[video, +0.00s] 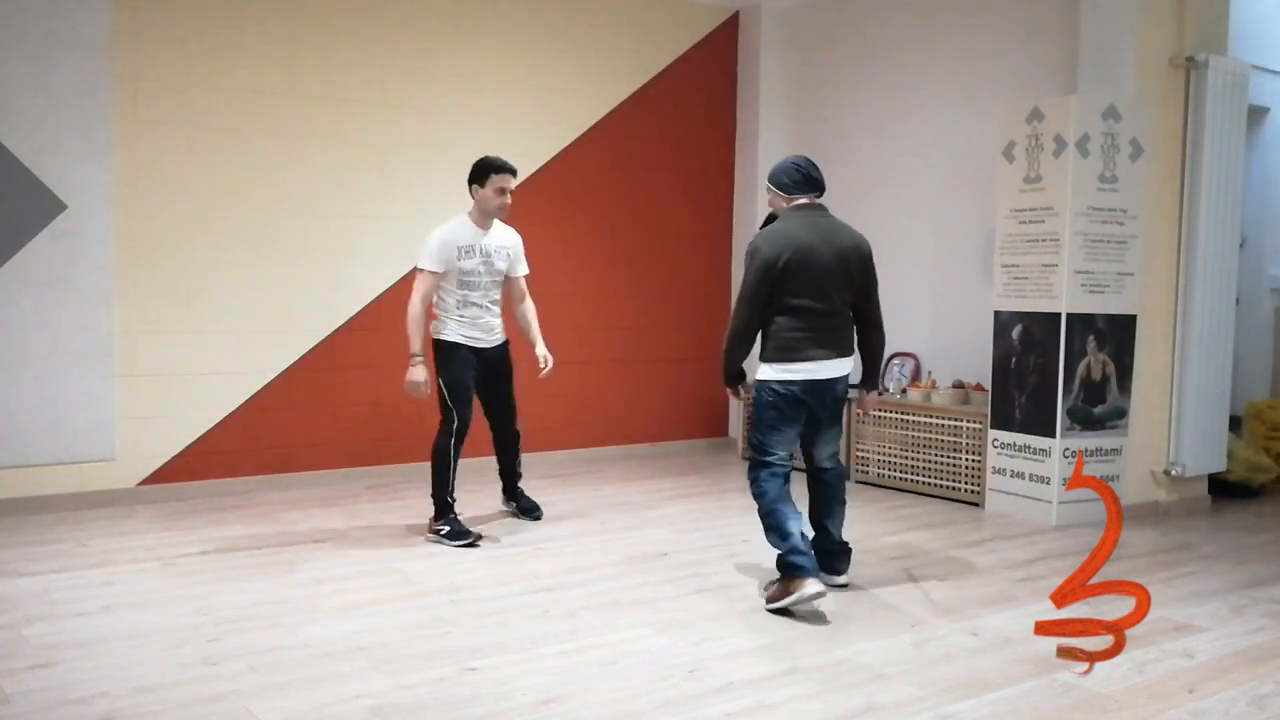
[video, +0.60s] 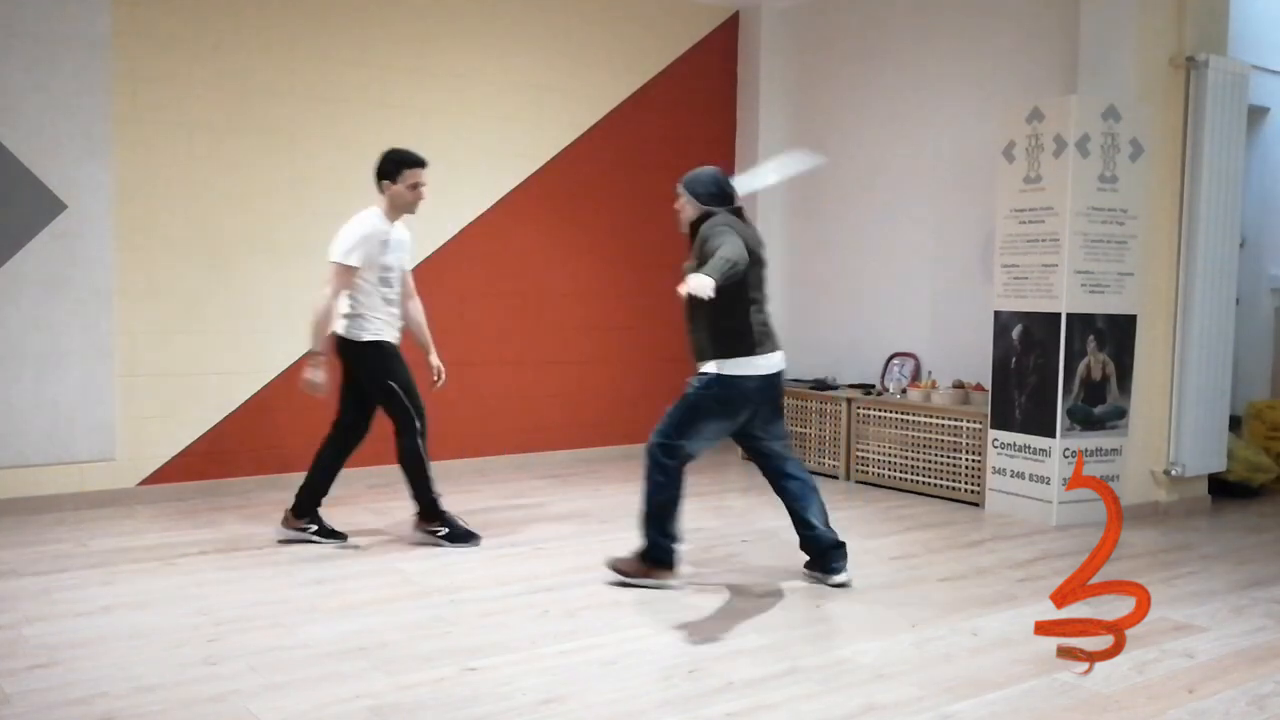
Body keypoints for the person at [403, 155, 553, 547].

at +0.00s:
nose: (508, 199)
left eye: (511, 192)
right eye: (501, 191)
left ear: (511, 194)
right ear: (476, 190)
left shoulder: (510, 240)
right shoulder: (446, 237)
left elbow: (522, 299)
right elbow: (419, 300)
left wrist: (538, 343)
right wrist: (416, 359)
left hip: (494, 345)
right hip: (453, 344)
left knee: (505, 423)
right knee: (457, 423)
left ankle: (512, 492)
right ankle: (442, 515)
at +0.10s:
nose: (504, 196)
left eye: (506, 189)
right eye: (496, 188)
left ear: (502, 191)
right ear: (469, 188)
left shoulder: (496, 236)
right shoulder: (439, 232)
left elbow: (502, 298)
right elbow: (409, 295)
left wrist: (520, 349)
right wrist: (415, 357)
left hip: (478, 343)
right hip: (439, 343)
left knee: (490, 415)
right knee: (450, 423)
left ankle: (491, 490)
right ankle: (443, 516)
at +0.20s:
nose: (494, 193)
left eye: (497, 185)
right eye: (487, 185)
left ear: (492, 187)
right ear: (461, 183)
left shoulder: (481, 232)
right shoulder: (432, 227)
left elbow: (483, 298)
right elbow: (403, 292)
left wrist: (493, 353)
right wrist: (412, 356)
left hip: (463, 342)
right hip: (432, 343)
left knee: (474, 414)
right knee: (443, 422)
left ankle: (448, 491)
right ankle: (442, 517)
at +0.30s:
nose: (483, 191)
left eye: (485, 184)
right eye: (476, 183)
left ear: (471, 185)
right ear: (450, 183)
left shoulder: (467, 231)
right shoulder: (420, 227)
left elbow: (467, 297)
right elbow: (397, 294)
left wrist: (468, 353)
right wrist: (406, 358)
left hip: (450, 344)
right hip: (421, 343)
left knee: (450, 418)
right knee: (433, 424)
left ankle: (394, 490)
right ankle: (441, 516)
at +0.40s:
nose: (469, 193)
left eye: (470, 184)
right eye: (462, 184)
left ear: (457, 185)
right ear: (435, 184)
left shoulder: (450, 232)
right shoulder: (409, 226)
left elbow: (451, 296)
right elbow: (383, 296)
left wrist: (451, 350)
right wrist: (388, 361)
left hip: (433, 344)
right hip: (409, 343)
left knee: (406, 426)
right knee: (432, 426)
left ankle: (348, 494)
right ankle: (441, 518)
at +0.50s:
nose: (448, 194)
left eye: (449, 186)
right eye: (441, 186)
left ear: (426, 187)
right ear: (415, 186)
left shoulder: (427, 232)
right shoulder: (392, 226)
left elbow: (430, 297)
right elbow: (362, 293)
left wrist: (439, 348)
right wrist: (356, 359)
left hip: (410, 346)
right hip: (390, 345)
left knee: (378, 428)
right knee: (429, 423)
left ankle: (314, 501)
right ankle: (440, 518)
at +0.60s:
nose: (422, 193)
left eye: (423, 185)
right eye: (414, 185)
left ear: (407, 189)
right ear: (388, 186)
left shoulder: (401, 234)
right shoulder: (363, 230)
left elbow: (409, 298)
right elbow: (332, 292)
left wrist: (430, 350)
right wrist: (317, 352)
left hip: (379, 344)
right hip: (364, 344)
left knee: (349, 428)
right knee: (410, 417)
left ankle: (301, 513)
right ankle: (430, 515)